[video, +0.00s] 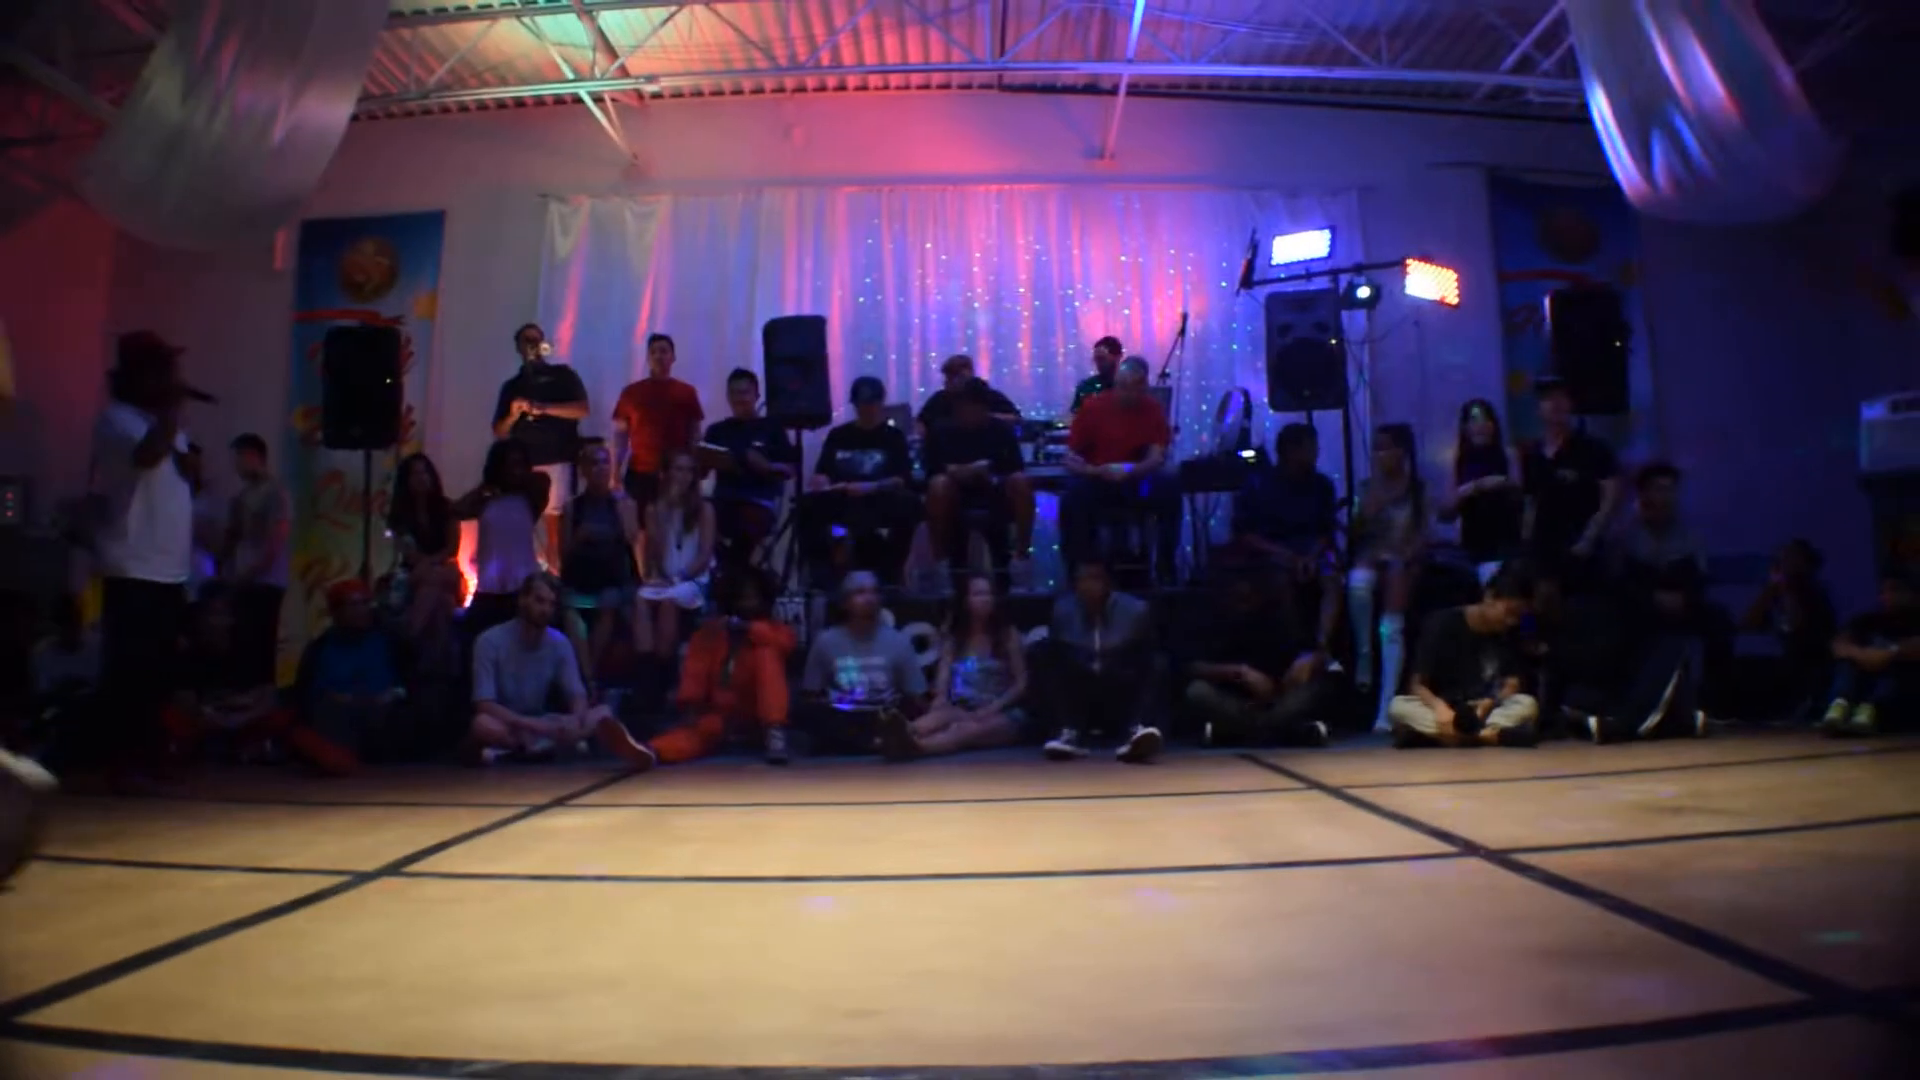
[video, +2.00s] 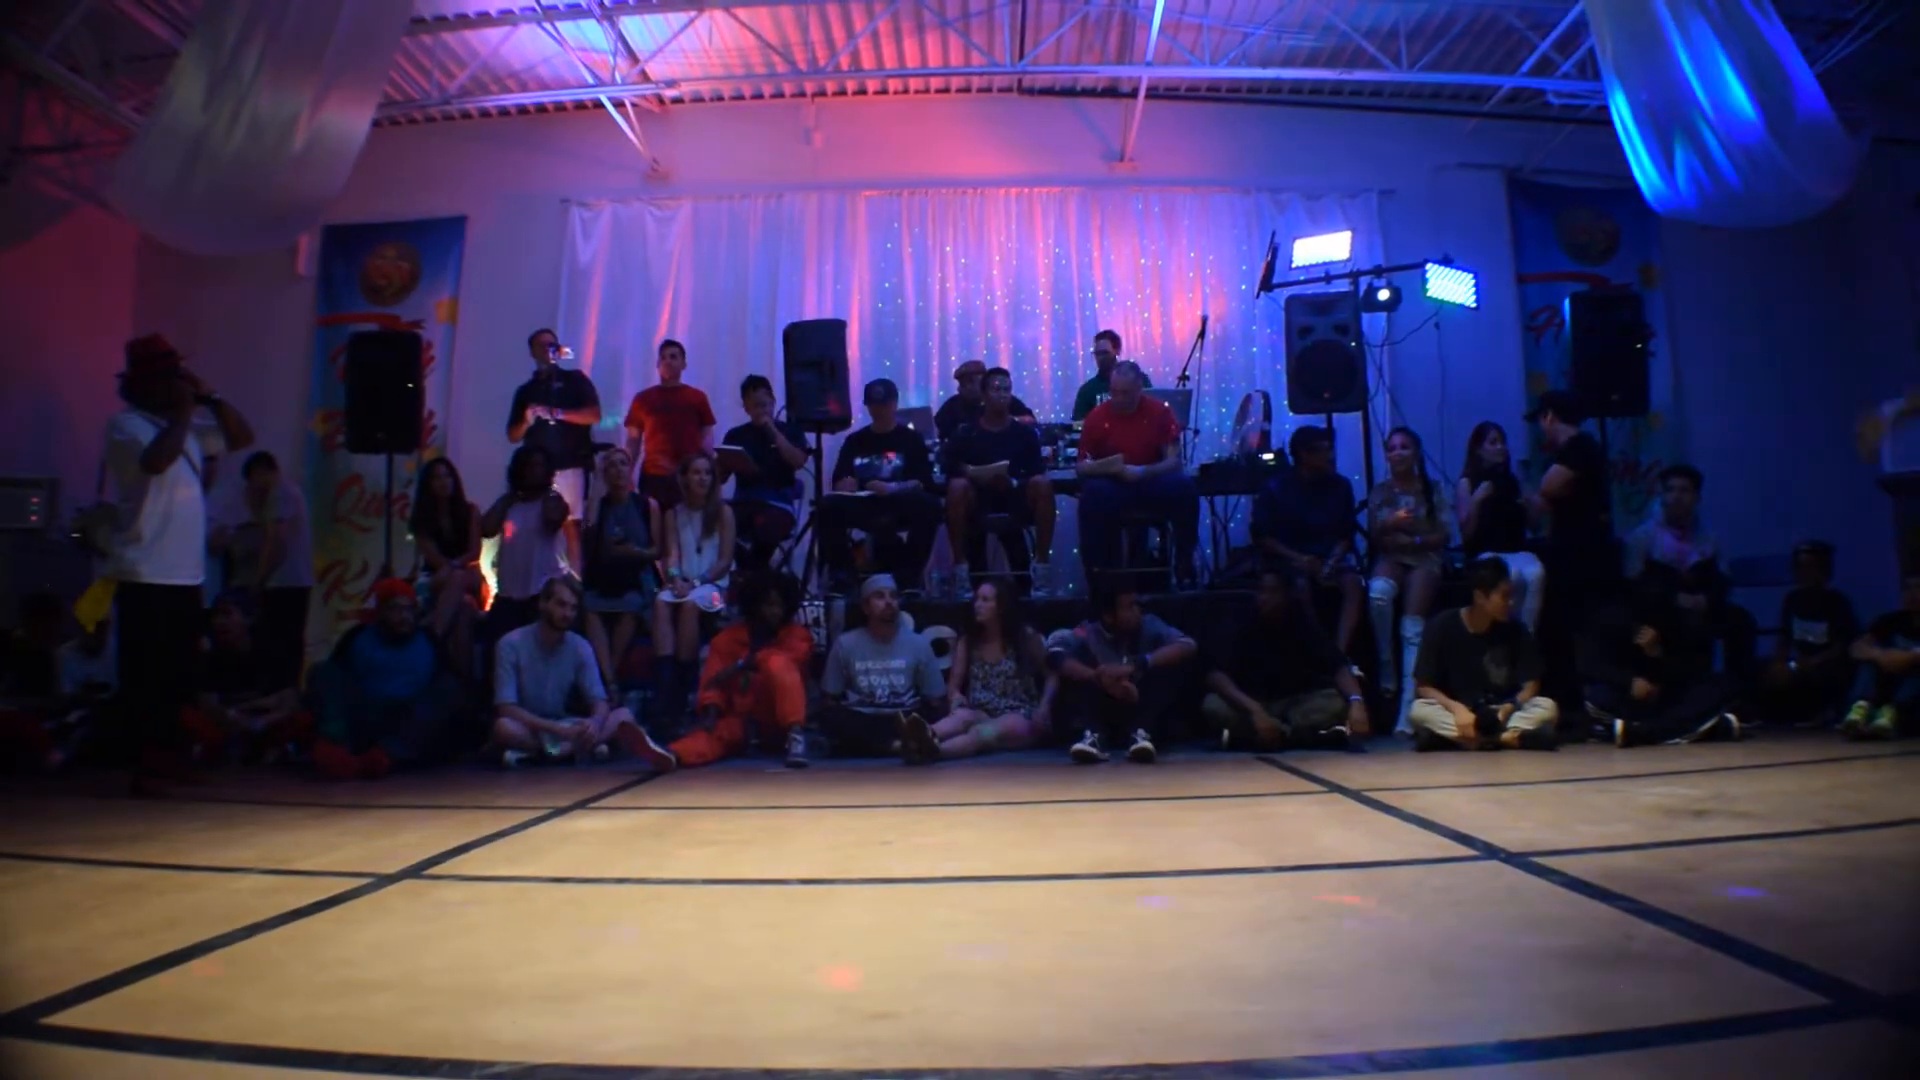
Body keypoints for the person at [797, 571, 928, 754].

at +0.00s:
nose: (868, 600)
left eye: (873, 593)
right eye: (860, 593)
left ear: (879, 598)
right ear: (846, 601)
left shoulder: (897, 642)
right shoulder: (826, 642)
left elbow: (916, 700)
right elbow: (811, 698)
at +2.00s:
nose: (888, 602)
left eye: (892, 596)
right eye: (880, 597)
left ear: (898, 602)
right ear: (866, 605)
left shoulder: (917, 645)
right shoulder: (846, 645)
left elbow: (936, 702)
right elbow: (829, 699)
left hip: (905, 716)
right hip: (860, 717)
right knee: (831, 718)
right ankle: (894, 744)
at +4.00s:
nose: (885, 603)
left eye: (890, 596)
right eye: (877, 597)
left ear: (897, 602)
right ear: (864, 606)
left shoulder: (916, 645)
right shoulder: (844, 645)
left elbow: (937, 700)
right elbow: (828, 699)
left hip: (905, 718)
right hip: (861, 719)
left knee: (964, 715)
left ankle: (923, 740)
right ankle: (896, 746)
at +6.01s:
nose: (855, 610)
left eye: (862, 604)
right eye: (855, 604)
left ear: (883, 609)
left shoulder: (914, 644)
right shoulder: (843, 644)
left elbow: (934, 699)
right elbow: (829, 698)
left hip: (903, 718)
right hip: (859, 717)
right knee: (830, 720)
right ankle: (894, 747)